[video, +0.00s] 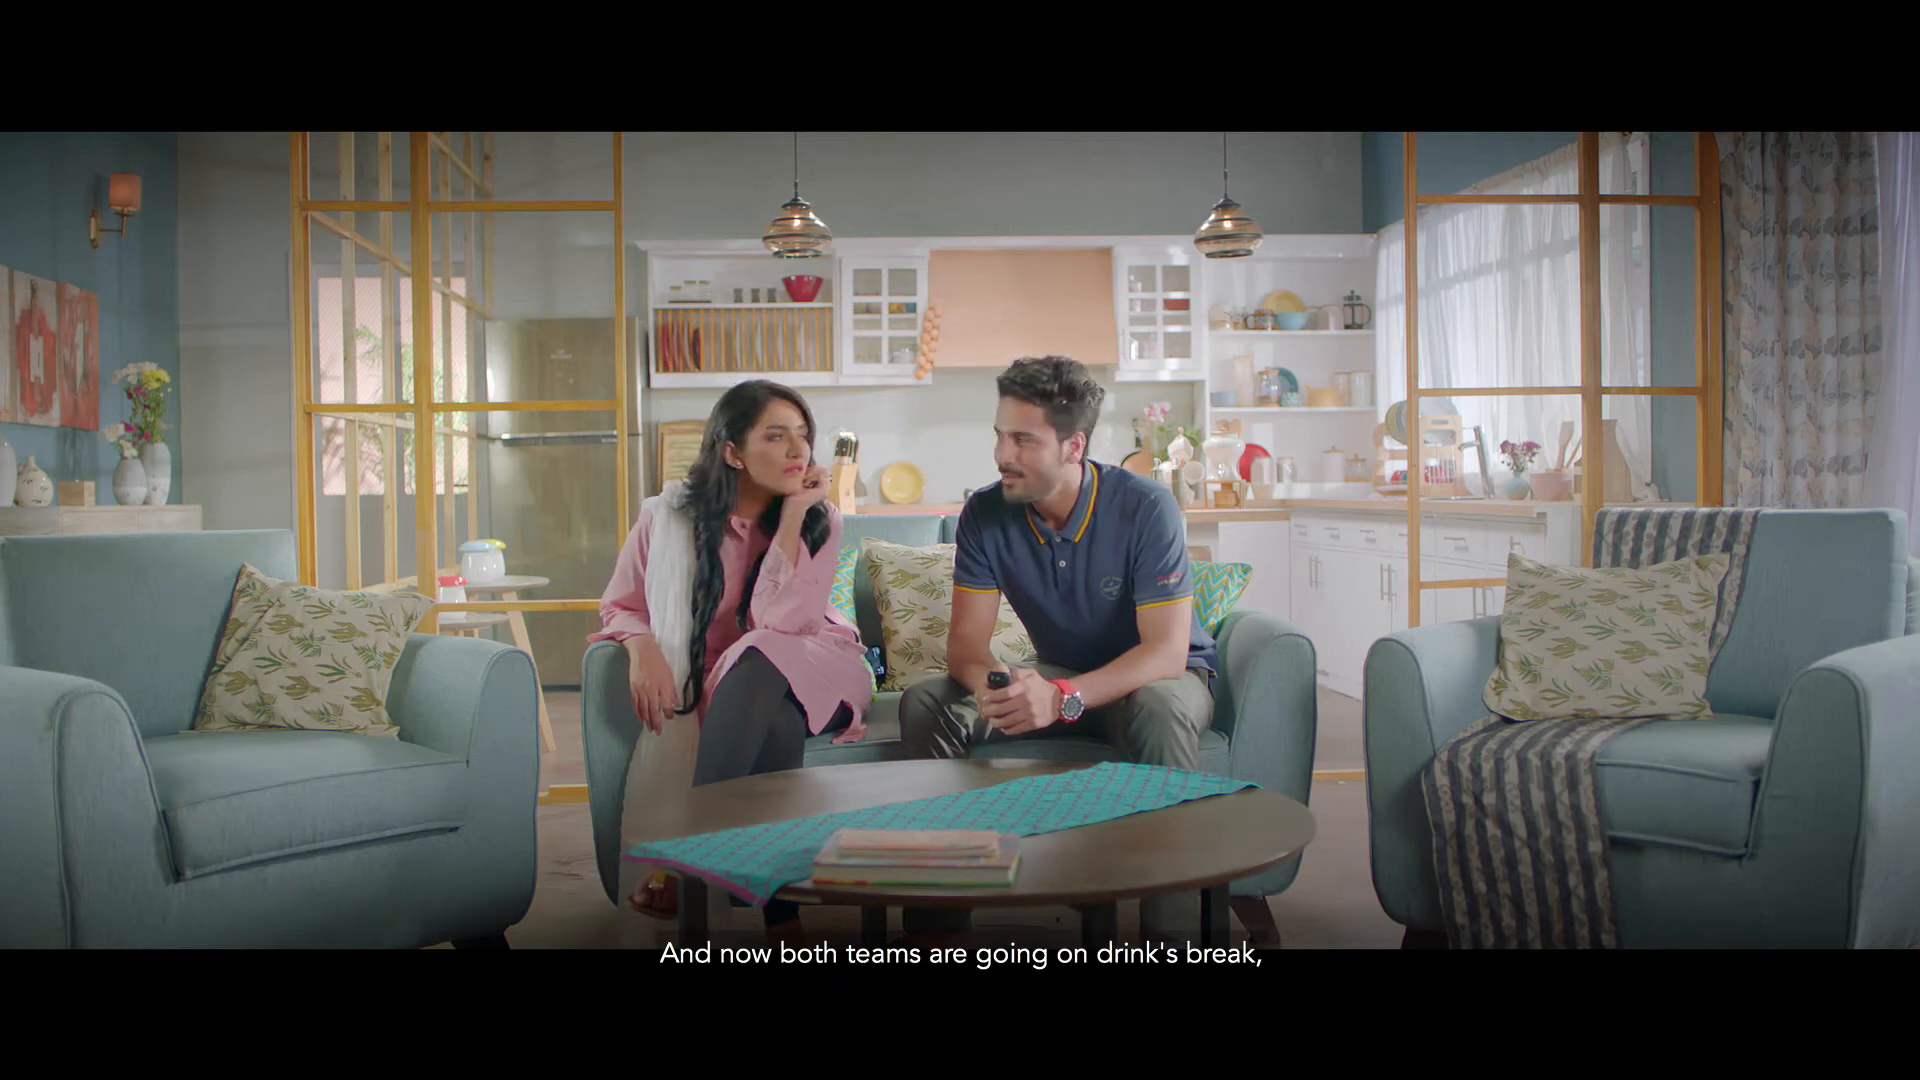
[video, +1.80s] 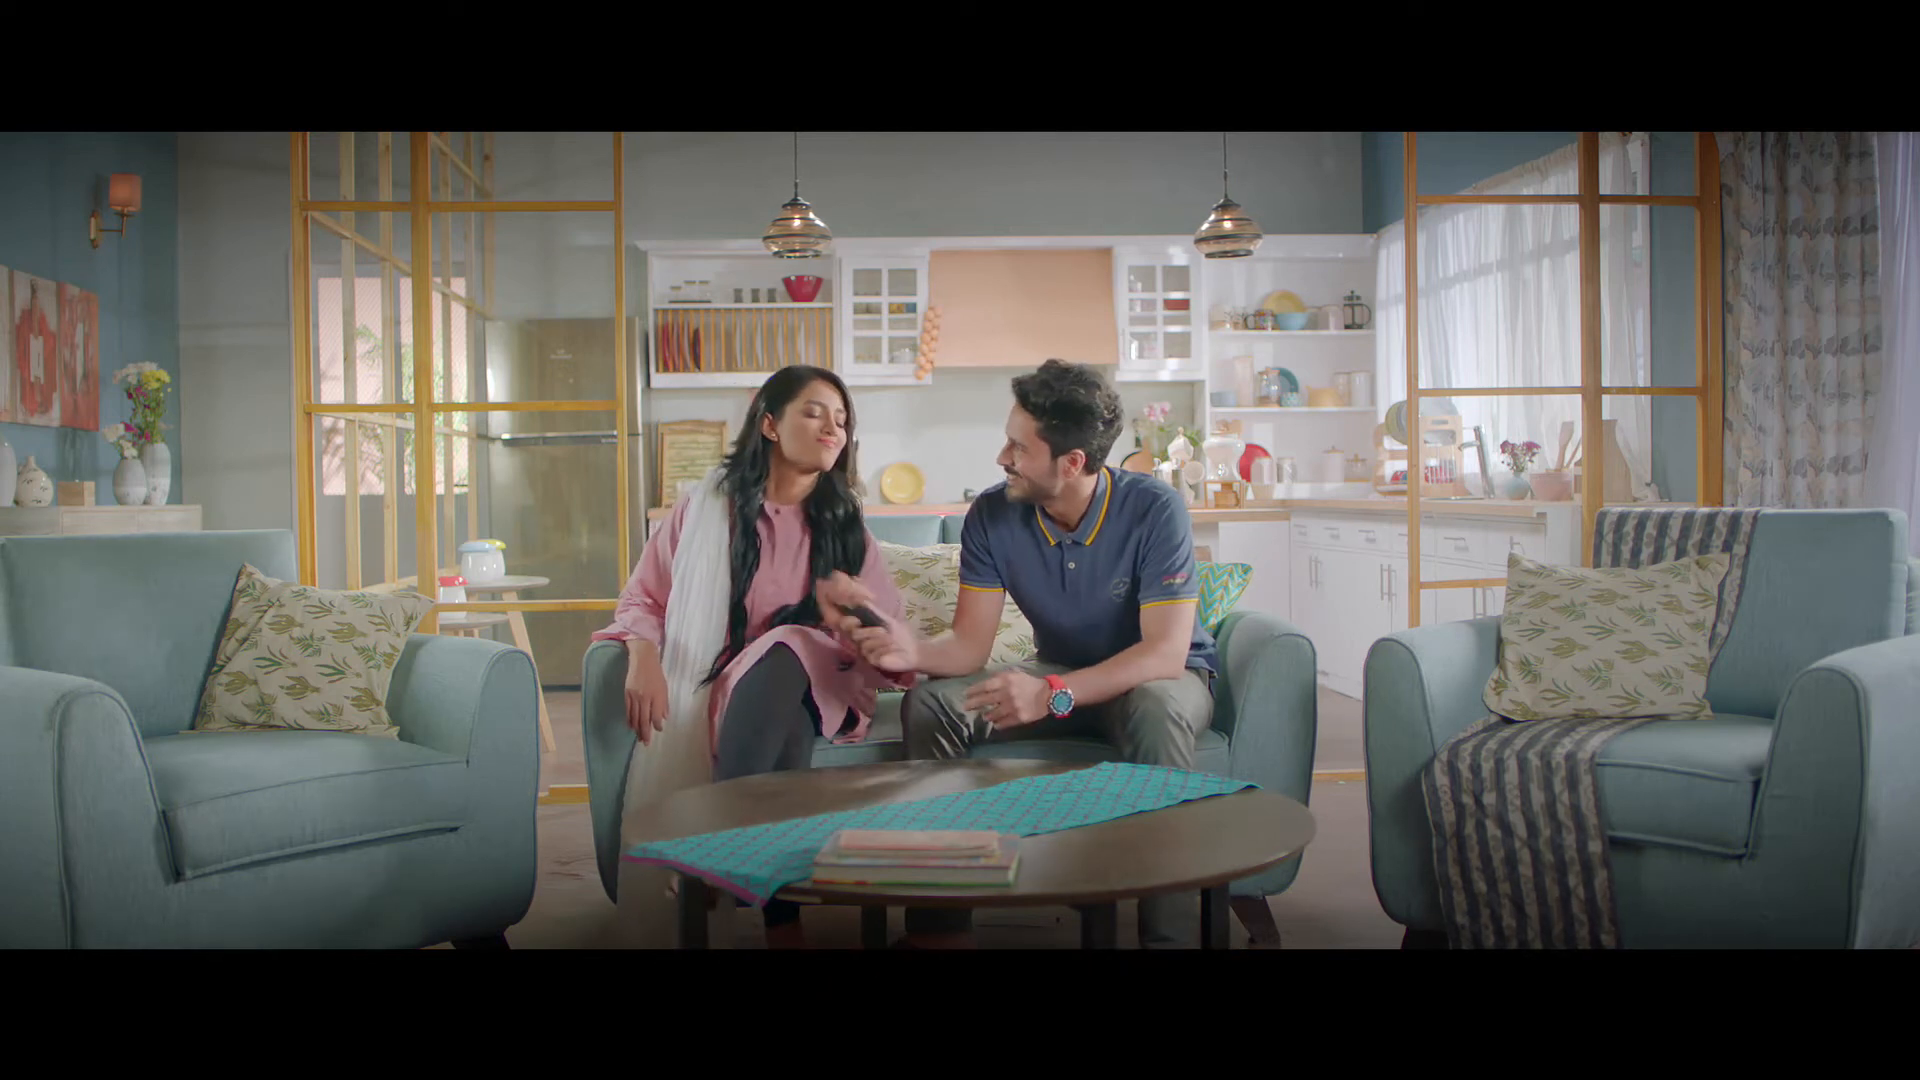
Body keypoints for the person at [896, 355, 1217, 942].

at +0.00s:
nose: (1002, 455)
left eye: (1022, 441)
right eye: (999, 435)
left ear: (1073, 446)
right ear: (995, 432)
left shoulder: (1145, 509)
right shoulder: (986, 515)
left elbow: (1166, 654)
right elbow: (966, 647)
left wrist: (1064, 697)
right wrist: (997, 686)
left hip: (1155, 679)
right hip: (1058, 681)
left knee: (1157, 709)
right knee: (925, 703)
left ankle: (1172, 923)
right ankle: (942, 899)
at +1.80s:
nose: (1003, 458)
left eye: (1018, 449)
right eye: (1007, 441)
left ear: (1072, 463)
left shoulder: (1154, 509)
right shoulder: (992, 514)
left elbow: (1166, 654)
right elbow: (969, 642)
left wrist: (1052, 693)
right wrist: (913, 651)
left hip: (1157, 677)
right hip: (1061, 674)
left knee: (1155, 711)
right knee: (929, 703)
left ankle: (1166, 928)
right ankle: (940, 917)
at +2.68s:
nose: (1049, 486)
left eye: (1069, 474)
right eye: (1040, 465)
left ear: (1116, 459)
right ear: (1035, 442)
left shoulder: (1174, 508)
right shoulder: (1015, 503)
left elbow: (1169, 653)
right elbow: (1000, 619)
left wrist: (1057, 683)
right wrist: (970, 675)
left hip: (1154, 680)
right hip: (1058, 680)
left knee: (1153, 708)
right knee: (936, 705)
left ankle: (1172, 929)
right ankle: (949, 915)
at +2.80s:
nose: (1117, 495)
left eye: (1138, 479)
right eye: (1103, 471)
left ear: (1169, 467)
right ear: (1085, 448)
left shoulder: (1209, 525)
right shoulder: (1044, 492)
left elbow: (1195, 670)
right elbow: (1021, 612)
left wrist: (1096, 693)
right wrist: (1011, 676)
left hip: (1164, 673)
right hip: (1066, 658)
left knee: (1152, 731)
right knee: (954, 715)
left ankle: (1162, 922)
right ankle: (962, 916)